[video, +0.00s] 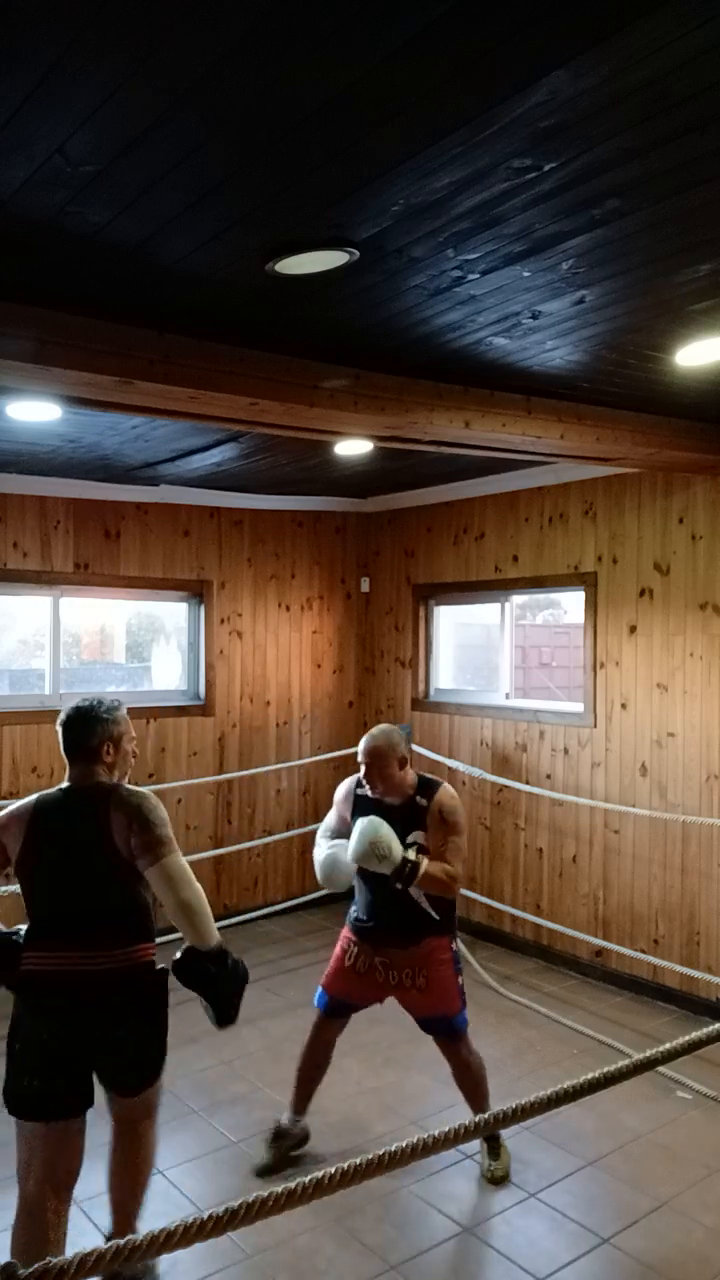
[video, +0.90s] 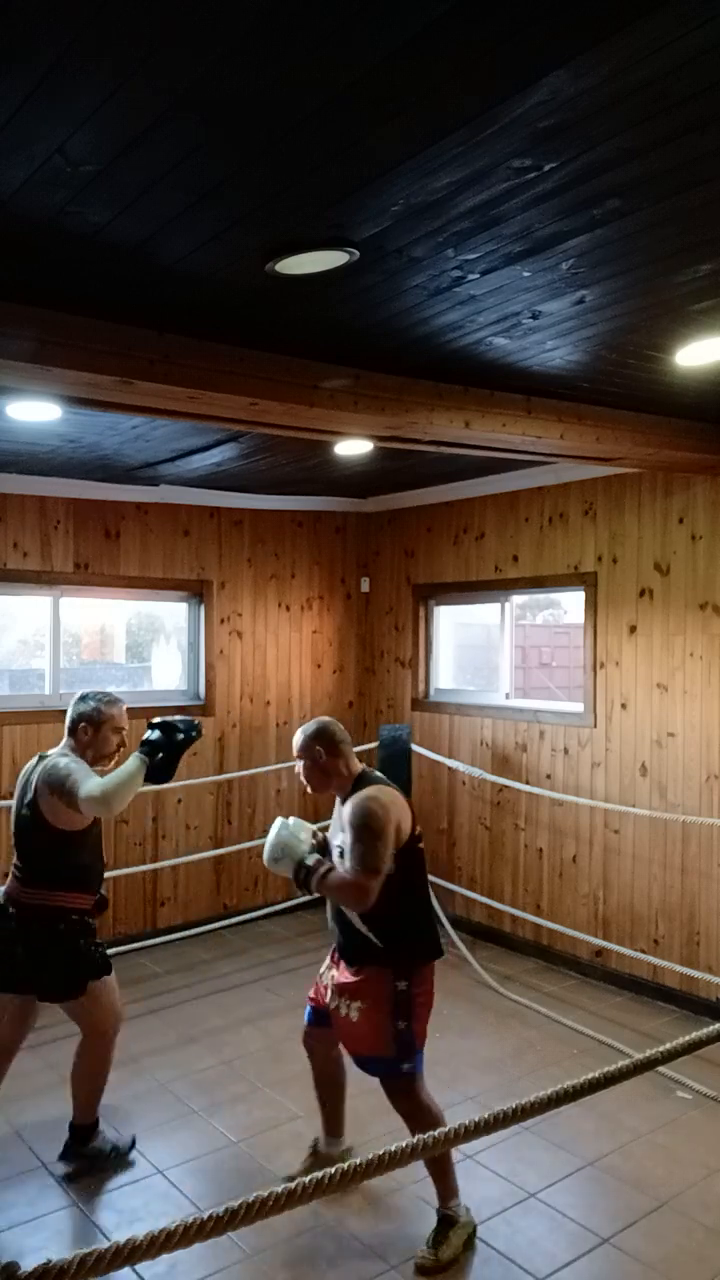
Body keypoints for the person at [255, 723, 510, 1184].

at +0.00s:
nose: (367, 777)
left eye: (375, 769)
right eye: (362, 768)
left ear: (405, 763)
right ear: (360, 762)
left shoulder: (443, 802)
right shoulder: (351, 791)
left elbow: (452, 880)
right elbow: (327, 841)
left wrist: (399, 862)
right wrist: (333, 861)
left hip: (426, 943)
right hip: (363, 936)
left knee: (455, 1045)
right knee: (325, 1025)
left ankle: (490, 1135)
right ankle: (293, 1124)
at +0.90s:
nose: (299, 774)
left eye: (303, 763)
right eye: (298, 764)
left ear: (327, 758)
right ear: (335, 753)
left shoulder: (372, 805)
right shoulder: (349, 798)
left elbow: (360, 891)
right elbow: (351, 859)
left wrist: (308, 871)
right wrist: (319, 848)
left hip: (396, 964)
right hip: (351, 955)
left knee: (403, 1087)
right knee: (318, 1038)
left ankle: (453, 1212)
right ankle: (332, 1147)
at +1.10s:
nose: (289, 771)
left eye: (293, 761)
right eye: (288, 762)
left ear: (314, 759)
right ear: (334, 753)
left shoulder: (332, 806)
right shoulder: (363, 791)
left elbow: (275, 880)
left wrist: (255, 842)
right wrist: (288, 829)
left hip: (357, 974)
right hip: (339, 962)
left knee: (353, 1109)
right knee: (299, 1038)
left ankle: (423, 1237)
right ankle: (315, 1158)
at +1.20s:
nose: (278, 775)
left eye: (282, 764)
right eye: (279, 765)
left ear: (300, 764)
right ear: (327, 758)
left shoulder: (313, 812)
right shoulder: (355, 800)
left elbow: (244, 861)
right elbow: (284, 845)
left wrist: (231, 813)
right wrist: (262, 810)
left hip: (346, 984)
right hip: (326, 970)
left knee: (368, 1120)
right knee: (276, 1033)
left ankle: (434, 1251)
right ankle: (295, 1148)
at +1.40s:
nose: (248, 771)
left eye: (254, 762)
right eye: (249, 763)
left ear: (282, 760)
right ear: (285, 758)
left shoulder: (311, 799)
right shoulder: (283, 797)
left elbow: (266, 877)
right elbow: (208, 772)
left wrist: (242, 828)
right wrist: (159, 732)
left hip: (335, 972)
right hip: (305, 966)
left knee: (315, 1112)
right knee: (289, 1060)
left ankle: (349, 1252)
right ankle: (303, 1154)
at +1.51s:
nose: (239, 778)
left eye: (241, 768)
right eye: (239, 769)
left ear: (259, 764)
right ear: (276, 757)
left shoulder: (303, 801)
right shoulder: (278, 799)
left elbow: (267, 880)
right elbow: (197, 771)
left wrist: (236, 842)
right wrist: (146, 735)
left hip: (326, 977)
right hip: (298, 969)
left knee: (300, 1118)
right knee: (288, 1073)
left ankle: (320, 1260)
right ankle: (299, 1158)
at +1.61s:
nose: (230, 778)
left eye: (231, 768)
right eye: (229, 769)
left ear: (246, 764)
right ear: (270, 756)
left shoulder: (290, 807)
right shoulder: (292, 798)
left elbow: (256, 891)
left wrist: (225, 861)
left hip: (309, 984)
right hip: (301, 977)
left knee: (292, 1123)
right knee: (292, 1088)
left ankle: (321, 1263)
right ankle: (294, 1164)